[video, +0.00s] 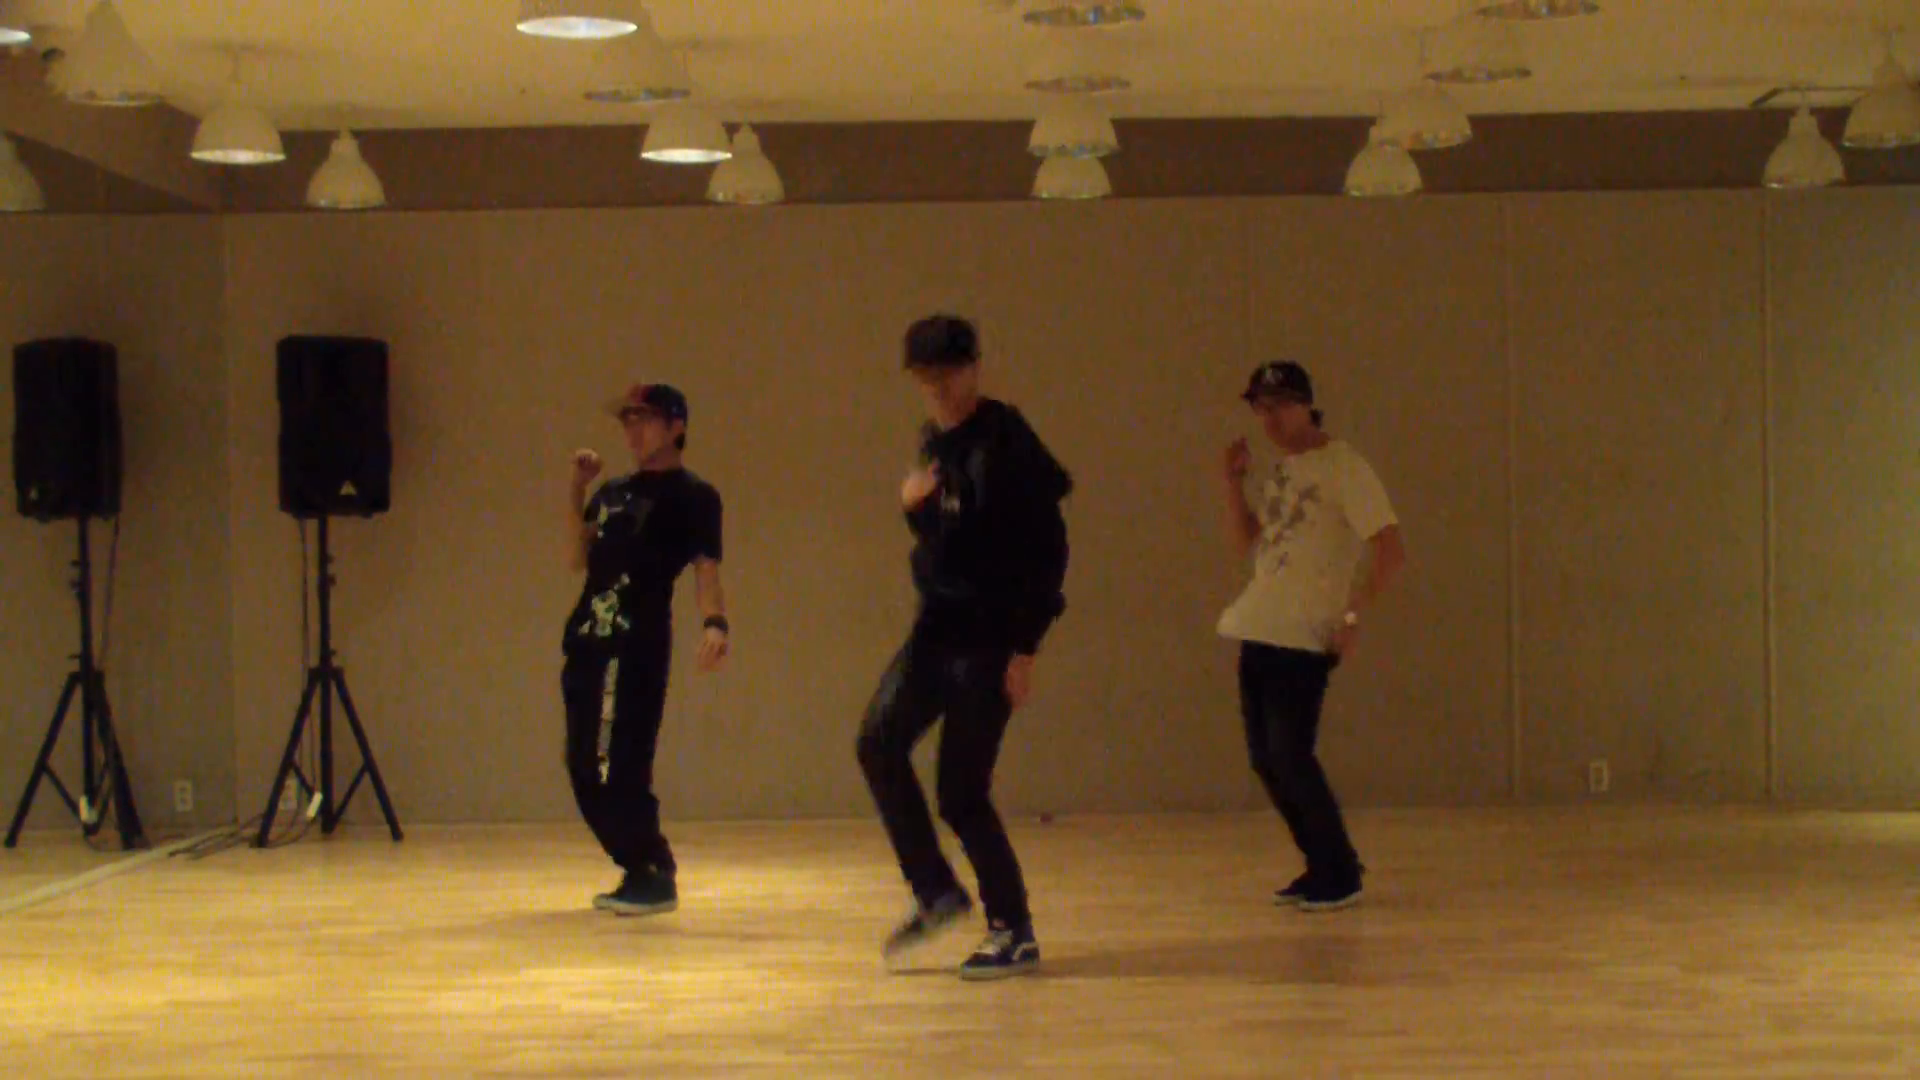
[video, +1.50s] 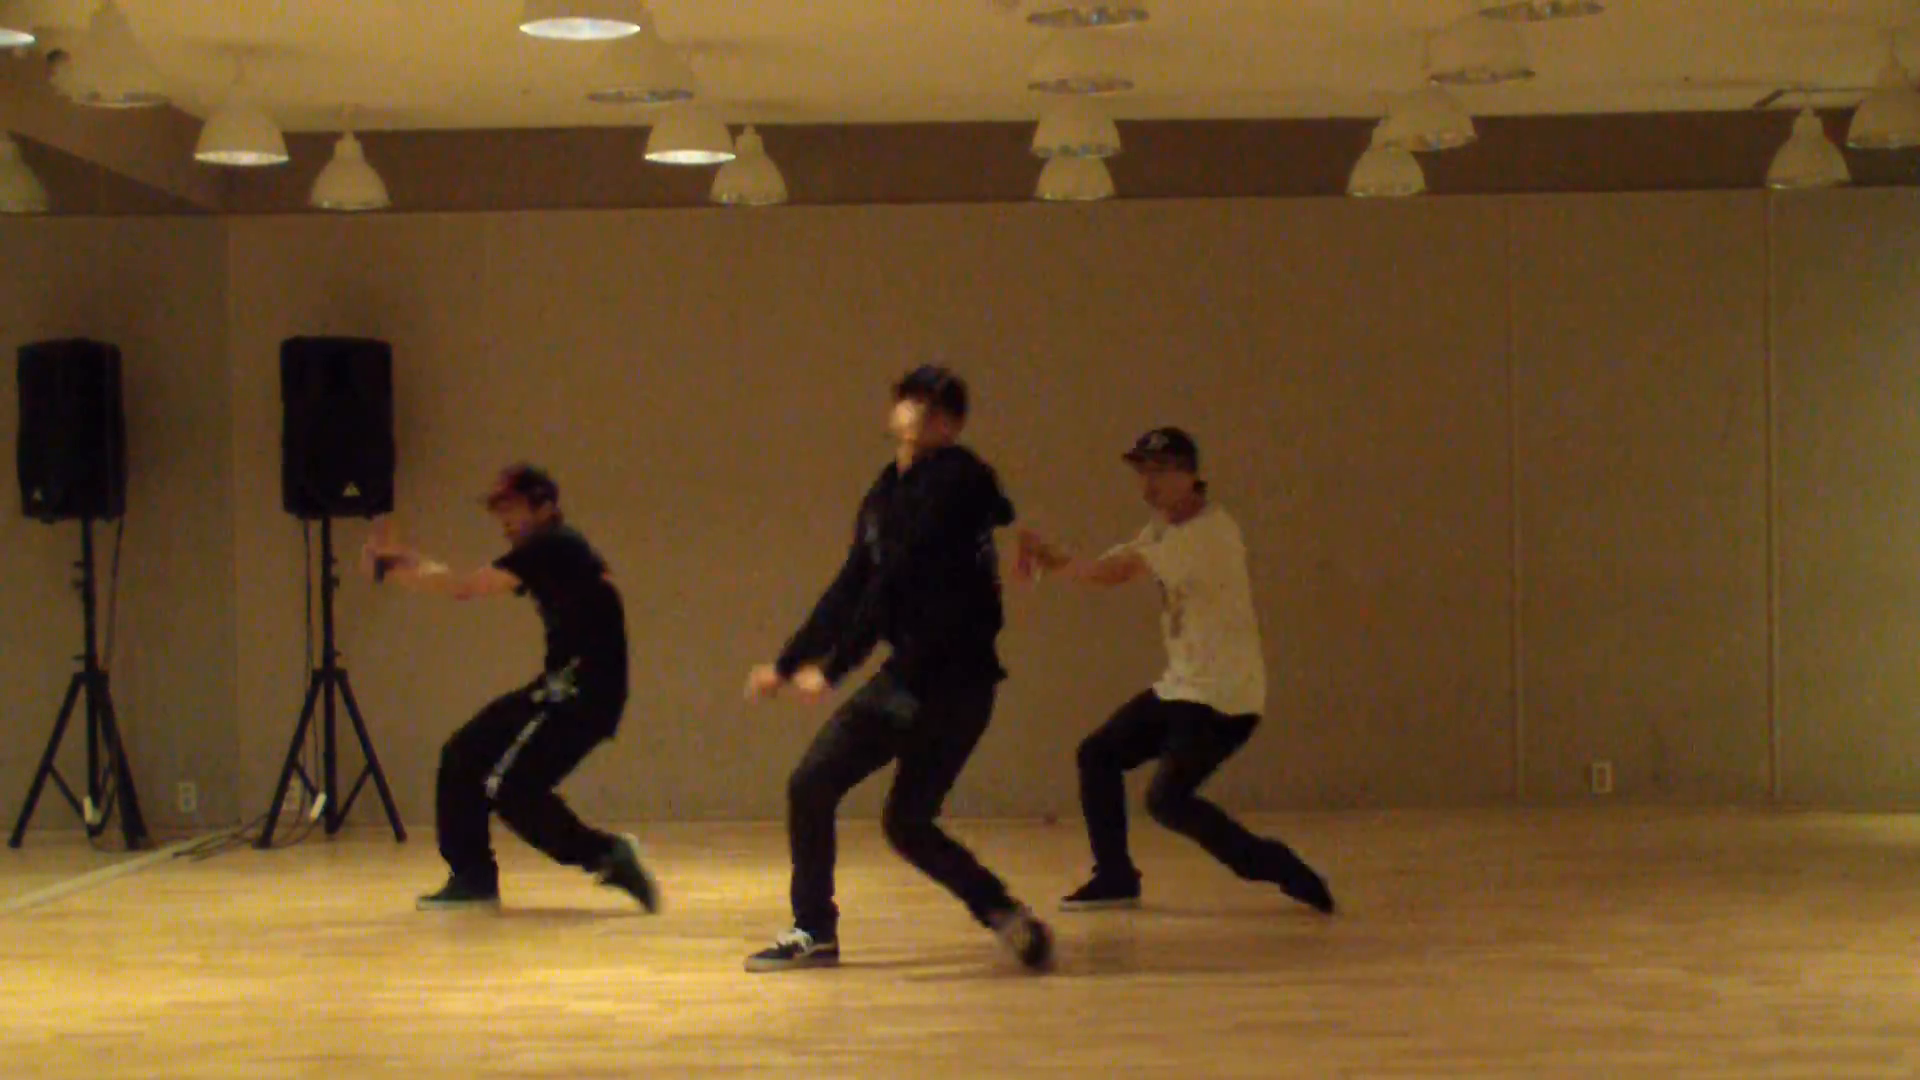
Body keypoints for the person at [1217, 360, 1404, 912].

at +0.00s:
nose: (1268, 421)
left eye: (1276, 409)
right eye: (1261, 412)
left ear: (1304, 407)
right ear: (1262, 415)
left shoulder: (1344, 465)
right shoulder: (1277, 470)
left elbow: (1389, 548)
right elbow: (1246, 542)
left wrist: (1354, 614)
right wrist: (1234, 482)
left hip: (1306, 637)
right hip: (1260, 633)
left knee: (1290, 756)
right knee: (1266, 758)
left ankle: (1338, 869)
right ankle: (1321, 865)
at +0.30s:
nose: (1236, 458)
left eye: (1245, 446)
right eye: (1231, 448)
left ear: (1276, 446)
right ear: (1233, 452)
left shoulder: (1325, 498)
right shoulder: (1270, 504)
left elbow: (1392, 560)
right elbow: (1287, 586)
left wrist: (1396, 649)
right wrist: (1266, 610)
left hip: (1351, 652)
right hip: (1310, 632)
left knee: (1294, 758)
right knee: (1234, 652)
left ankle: (1335, 874)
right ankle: (1268, 751)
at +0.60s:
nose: (1274, 451)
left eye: (1282, 436)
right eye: (1267, 441)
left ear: (1311, 432)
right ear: (1265, 447)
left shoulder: (1368, 471)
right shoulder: (1289, 515)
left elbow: (1449, 524)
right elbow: (1227, 541)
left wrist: (1451, 601)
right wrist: (1158, 527)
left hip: (1388, 647)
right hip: (1335, 640)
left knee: (1319, 752)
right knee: (1280, 722)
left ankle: (1334, 875)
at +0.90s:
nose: (1312, 452)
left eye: (1323, 439)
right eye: (1304, 443)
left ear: (1351, 441)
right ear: (1299, 450)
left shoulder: (1391, 489)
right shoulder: (1322, 513)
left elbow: (1462, 537)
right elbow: (1302, 578)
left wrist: (1459, 611)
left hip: (1432, 659)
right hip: (1392, 666)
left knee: (1362, 746)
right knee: (1443, 791)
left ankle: (1390, 864)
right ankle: (1537, 855)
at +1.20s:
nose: (1337, 454)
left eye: (1351, 444)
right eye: (1331, 443)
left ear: (1377, 455)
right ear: (1323, 451)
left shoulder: (1375, 515)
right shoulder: (1323, 512)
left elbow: (1311, 559)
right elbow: (1259, 558)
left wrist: (1280, 512)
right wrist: (1283, 512)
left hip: (1374, 693)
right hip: (1320, 688)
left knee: (1415, 806)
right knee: (1247, 763)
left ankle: (1539, 858)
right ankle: (1315, 843)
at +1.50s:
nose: (1148, 484)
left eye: (1159, 472)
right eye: (1143, 473)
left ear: (1189, 476)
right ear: (1141, 476)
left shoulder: (1211, 533)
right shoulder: (1164, 530)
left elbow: (1123, 571)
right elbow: (1112, 565)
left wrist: (1056, 564)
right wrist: (1053, 558)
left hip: (1226, 700)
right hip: (1179, 689)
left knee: (1166, 799)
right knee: (1097, 756)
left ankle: (1279, 866)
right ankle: (1113, 873)